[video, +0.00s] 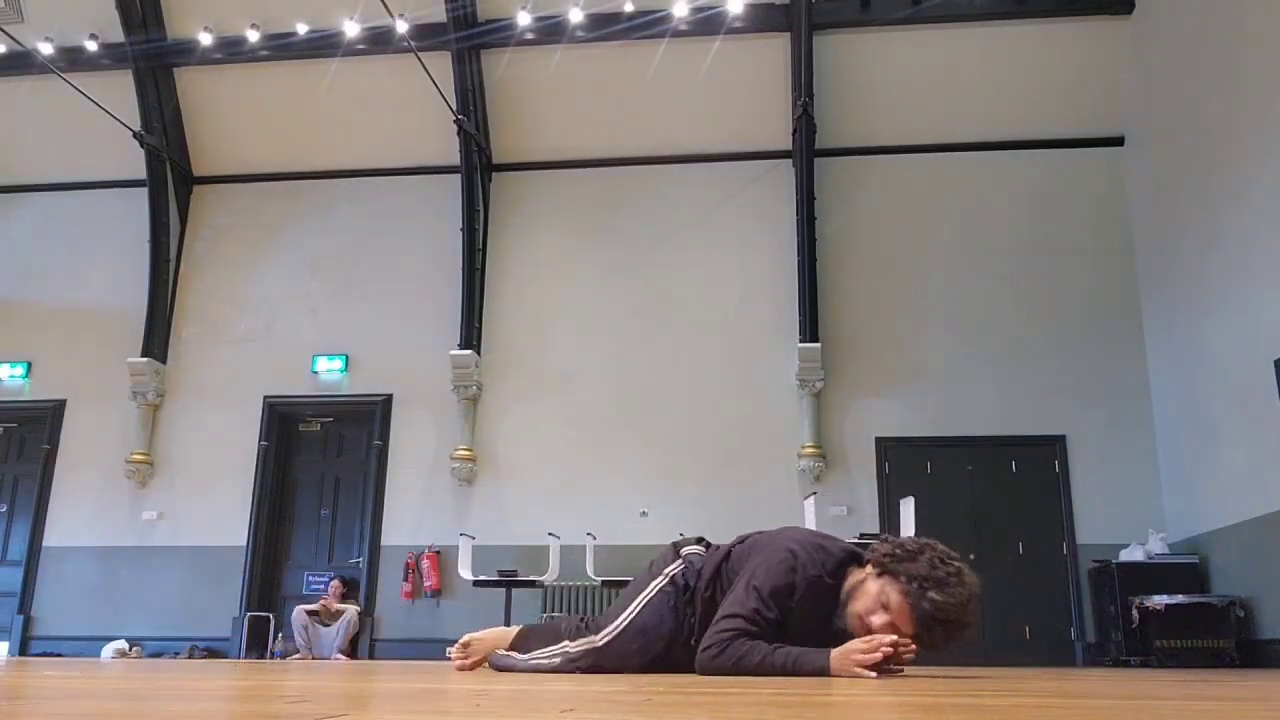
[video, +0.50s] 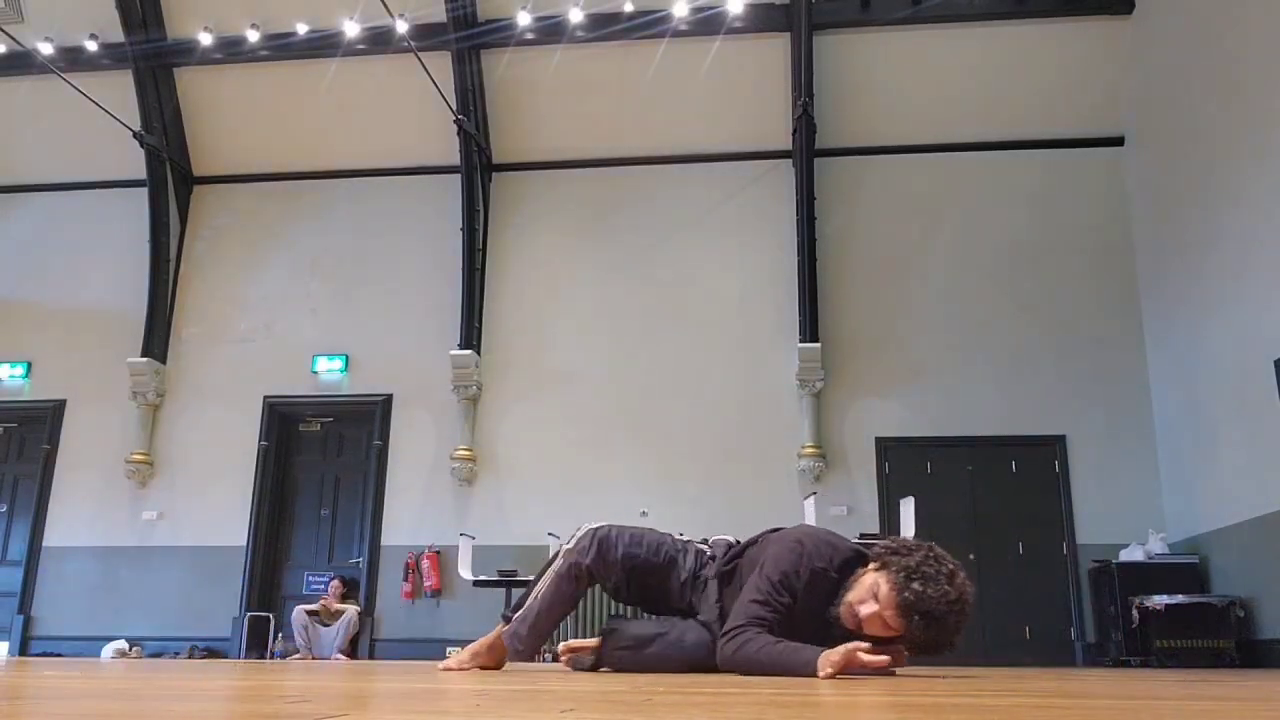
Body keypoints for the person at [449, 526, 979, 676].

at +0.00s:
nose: (880, 636)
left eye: (900, 639)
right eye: (884, 614)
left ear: (912, 644)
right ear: (875, 575)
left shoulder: (866, 606)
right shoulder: (784, 565)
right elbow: (717, 653)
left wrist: (887, 658)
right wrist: (826, 661)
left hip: (716, 636)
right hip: (682, 590)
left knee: (613, 647)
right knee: (589, 655)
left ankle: (517, 637)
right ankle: (499, 653)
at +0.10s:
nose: (865, 624)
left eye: (883, 629)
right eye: (872, 606)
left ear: (897, 639)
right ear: (866, 569)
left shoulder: (856, 614)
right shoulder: (783, 563)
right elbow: (717, 651)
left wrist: (880, 655)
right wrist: (827, 662)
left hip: (710, 640)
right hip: (686, 590)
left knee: (609, 644)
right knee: (575, 646)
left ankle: (521, 637)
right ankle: (500, 650)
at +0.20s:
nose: (854, 615)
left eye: (872, 622)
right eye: (863, 598)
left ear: (890, 637)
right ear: (859, 565)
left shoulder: (846, 630)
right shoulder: (782, 558)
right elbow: (719, 652)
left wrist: (866, 657)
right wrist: (828, 662)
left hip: (693, 648)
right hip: (682, 584)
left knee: (595, 656)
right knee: (576, 621)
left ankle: (527, 645)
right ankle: (503, 651)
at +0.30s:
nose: (850, 613)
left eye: (867, 620)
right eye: (859, 596)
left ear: (886, 637)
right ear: (858, 564)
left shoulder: (851, 638)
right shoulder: (784, 556)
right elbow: (719, 651)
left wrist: (863, 656)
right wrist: (826, 662)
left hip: (697, 642)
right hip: (690, 579)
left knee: (586, 655)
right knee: (593, 570)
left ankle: (543, 635)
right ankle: (505, 649)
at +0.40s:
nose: (853, 617)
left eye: (872, 626)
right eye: (862, 599)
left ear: (892, 640)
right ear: (862, 566)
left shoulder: (876, 633)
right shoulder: (790, 554)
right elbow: (725, 648)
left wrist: (862, 658)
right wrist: (818, 663)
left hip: (711, 637)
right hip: (695, 575)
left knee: (610, 656)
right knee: (592, 554)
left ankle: (573, 641)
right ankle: (503, 646)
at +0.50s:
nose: (860, 612)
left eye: (879, 624)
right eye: (870, 596)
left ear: (902, 640)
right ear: (874, 564)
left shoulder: (893, 634)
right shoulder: (800, 555)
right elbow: (736, 645)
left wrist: (871, 661)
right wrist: (820, 661)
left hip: (722, 636)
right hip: (701, 572)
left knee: (637, 646)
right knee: (590, 545)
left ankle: (594, 649)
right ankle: (507, 643)